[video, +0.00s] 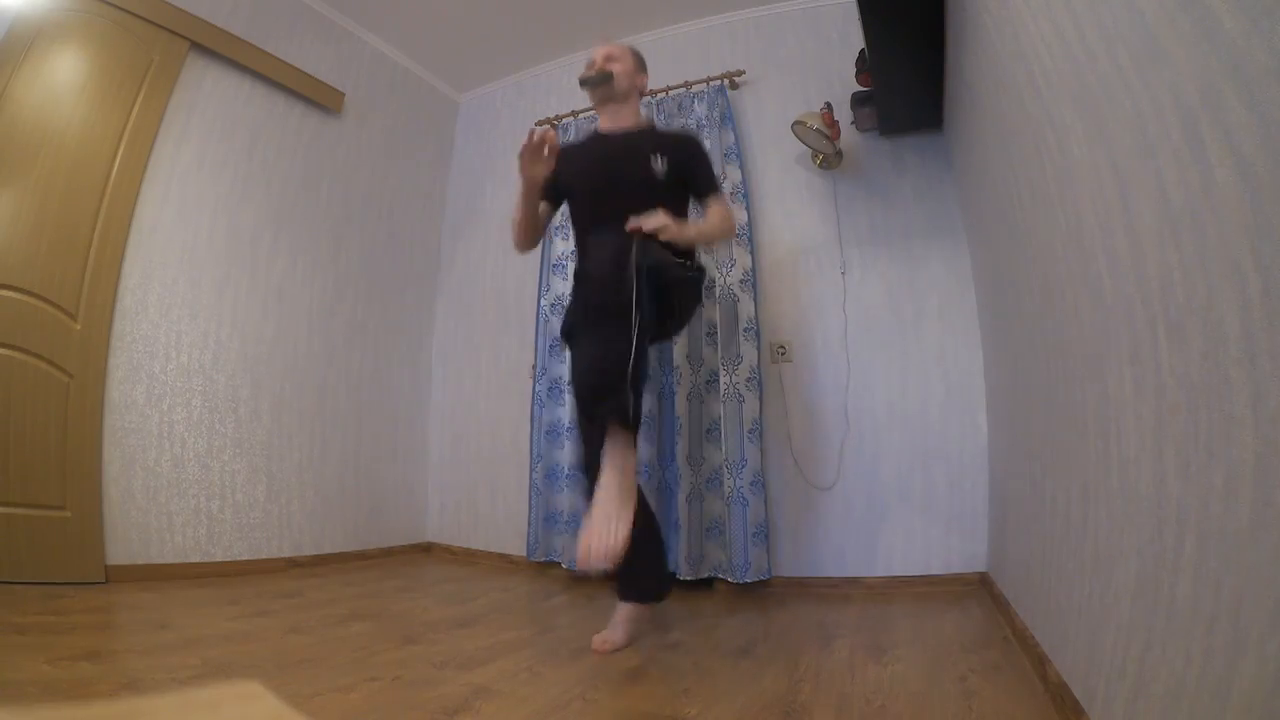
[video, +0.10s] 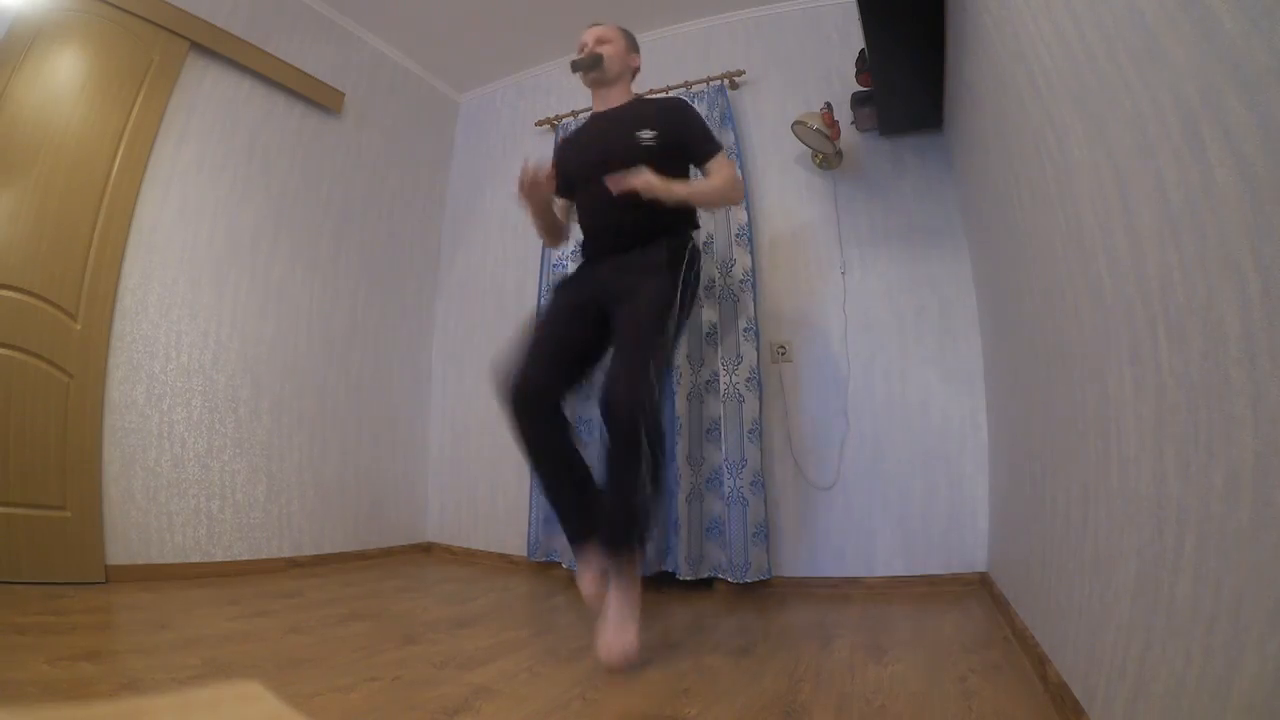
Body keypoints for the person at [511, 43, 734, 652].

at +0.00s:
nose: (597, 63)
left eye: (612, 57)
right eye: (591, 61)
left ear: (641, 81)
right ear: (584, 88)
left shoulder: (676, 146)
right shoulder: (569, 156)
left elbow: (723, 220)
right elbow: (525, 239)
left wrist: (679, 231)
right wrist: (531, 181)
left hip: (666, 292)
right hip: (597, 298)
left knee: (613, 249)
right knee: (599, 449)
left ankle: (617, 464)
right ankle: (635, 590)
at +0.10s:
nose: (588, 46)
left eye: (602, 38)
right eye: (582, 44)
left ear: (634, 60)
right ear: (578, 71)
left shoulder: (669, 113)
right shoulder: (571, 143)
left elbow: (730, 186)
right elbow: (556, 234)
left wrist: (667, 188)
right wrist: (538, 200)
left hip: (658, 271)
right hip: (594, 278)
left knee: (626, 398)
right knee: (530, 390)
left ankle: (624, 565)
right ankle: (589, 539)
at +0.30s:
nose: (585, 57)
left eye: (601, 50)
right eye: (580, 52)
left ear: (635, 71)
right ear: (575, 74)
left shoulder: (660, 121)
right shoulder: (575, 150)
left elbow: (693, 181)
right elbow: (599, 235)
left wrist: (606, 121)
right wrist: (561, 251)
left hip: (647, 298)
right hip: (583, 293)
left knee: (631, 446)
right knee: (490, 345)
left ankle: (635, 615)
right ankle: (554, 490)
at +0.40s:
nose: (594, 48)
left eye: (608, 41)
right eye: (588, 45)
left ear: (639, 62)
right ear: (580, 70)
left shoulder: (673, 127)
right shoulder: (567, 138)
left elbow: (712, 203)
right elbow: (557, 213)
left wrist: (626, 157)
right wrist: (547, 233)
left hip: (649, 264)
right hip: (582, 274)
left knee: (608, 348)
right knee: (578, 412)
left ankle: (631, 545)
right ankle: (610, 583)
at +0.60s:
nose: (585, 44)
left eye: (599, 35)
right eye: (578, 41)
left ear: (631, 55)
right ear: (572, 65)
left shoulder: (670, 119)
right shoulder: (560, 136)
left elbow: (723, 190)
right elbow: (528, 226)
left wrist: (673, 210)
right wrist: (523, 175)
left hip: (662, 267)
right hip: (591, 278)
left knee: (601, 304)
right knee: (580, 418)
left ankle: (616, 519)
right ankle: (604, 568)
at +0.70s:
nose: (580, 36)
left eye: (596, 29)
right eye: (576, 33)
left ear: (629, 52)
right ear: (572, 62)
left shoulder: (664, 107)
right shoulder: (568, 138)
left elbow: (732, 182)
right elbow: (568, 228)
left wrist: (658, 184)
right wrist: (540, 215)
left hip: (658, 280)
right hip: (593, 280)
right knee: (497, 354)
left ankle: (645, 612)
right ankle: (576, 495)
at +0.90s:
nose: (585, 39)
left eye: (601, 32)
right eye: (579, 36)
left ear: (635, 55)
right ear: (575, 63)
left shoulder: (661, 112)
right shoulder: (572, 138)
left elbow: (707, 181)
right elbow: (592, 226)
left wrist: (614, 136)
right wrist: (559, 243)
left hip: (653, 293)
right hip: (587, 290)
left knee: (645, 438)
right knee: (488, 350)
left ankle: (658, 616)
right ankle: (560, 500)